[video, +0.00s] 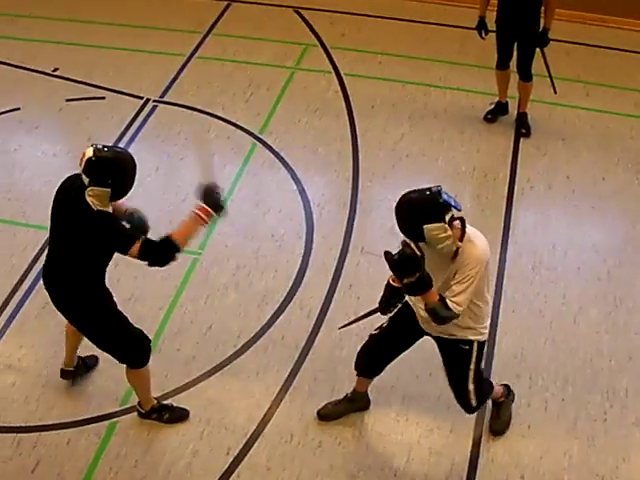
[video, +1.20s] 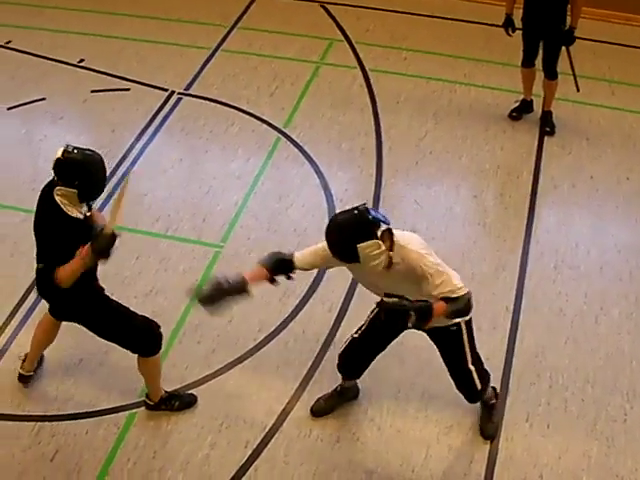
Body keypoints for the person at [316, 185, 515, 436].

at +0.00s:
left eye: (422, 238)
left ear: (440, 229)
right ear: (422, 236)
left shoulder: (474, 251)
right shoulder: (424, 238)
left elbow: (445, 315)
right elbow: (405, 266)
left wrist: (420, 285)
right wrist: (393, 290)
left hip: (461, 329)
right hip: (421, 311)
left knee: (470, 399)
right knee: (370, 355)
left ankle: (502, 395)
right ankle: (358, 396)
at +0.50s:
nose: (385, 259)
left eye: (387, 253)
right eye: (383, 255)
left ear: (407, 243)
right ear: (396, 247)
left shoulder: (444, 261)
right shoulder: (399, 251)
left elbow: (426, 328)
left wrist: (392, 299)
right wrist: (383, 289)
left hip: (445, 337)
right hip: (403, 319)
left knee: (471, 400)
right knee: (340, 357)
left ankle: (503, 395)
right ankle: (333, 394)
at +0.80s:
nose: (366, 254)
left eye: (368, 248)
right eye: (363, 249)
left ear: (386, 237)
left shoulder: (425, 255)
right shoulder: (375, 247)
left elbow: (405, 322)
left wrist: (372, 292)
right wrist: (360, 280)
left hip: (432, 328)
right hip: (385, 314)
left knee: (451, 395)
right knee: (332, 359)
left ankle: (469, 401)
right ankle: (337, 392)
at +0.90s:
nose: (365, 253)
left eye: (366, 247)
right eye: (362, 248)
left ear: (383, 237)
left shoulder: (424, 252)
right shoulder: (373, 245)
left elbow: (408, 321)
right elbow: (355, 267)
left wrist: (371, 292)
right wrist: (337, 290)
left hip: (433, 323)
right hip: (385, 313)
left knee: (454, 381)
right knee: (338, 363)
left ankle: (471, 402)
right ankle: (337, 393)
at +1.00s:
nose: (357, 252)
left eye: (360, 247)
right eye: (354, 247)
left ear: (381, 236)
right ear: (357, 241)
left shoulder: (412, 250)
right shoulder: (358, 234)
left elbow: (422, 321)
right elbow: (299, 236)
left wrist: (380, 302)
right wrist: (284, 283)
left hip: (435, 317)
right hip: (389, 306)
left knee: (453, 373)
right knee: (346, 360)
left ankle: (471, 401)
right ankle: (336, 390)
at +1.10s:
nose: (345, 257)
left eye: (350, 252)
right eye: (344, 253)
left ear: (376, 241)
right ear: (343, 247)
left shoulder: (407, 253)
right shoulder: (345, 246)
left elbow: (442, 310)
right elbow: (286, 253)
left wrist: (401, 315)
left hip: (438, 311)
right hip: (397, 304)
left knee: (459, 374)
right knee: (348, 354)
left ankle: (479, 402)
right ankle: (341, 389)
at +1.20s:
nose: (351, 266)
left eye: (354, 259)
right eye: (349, 260)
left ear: (376, 248)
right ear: (350, 255)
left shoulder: (413, 255)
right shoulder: (343, 251)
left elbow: (462, 301)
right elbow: (287, 263)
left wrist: (421, 314)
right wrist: (239, 284)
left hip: (441, 309)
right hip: (396, 306)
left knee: (466, 377)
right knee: (352, 356)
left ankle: (489, 398)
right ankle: (347, 389)